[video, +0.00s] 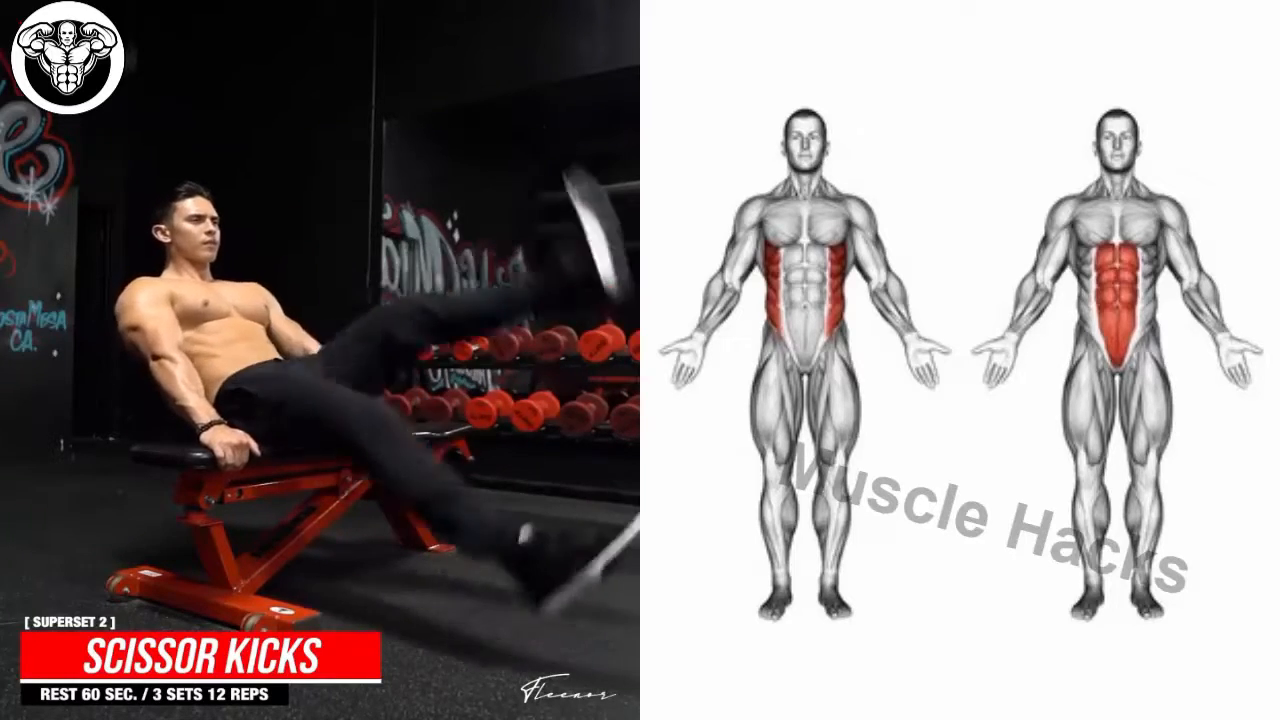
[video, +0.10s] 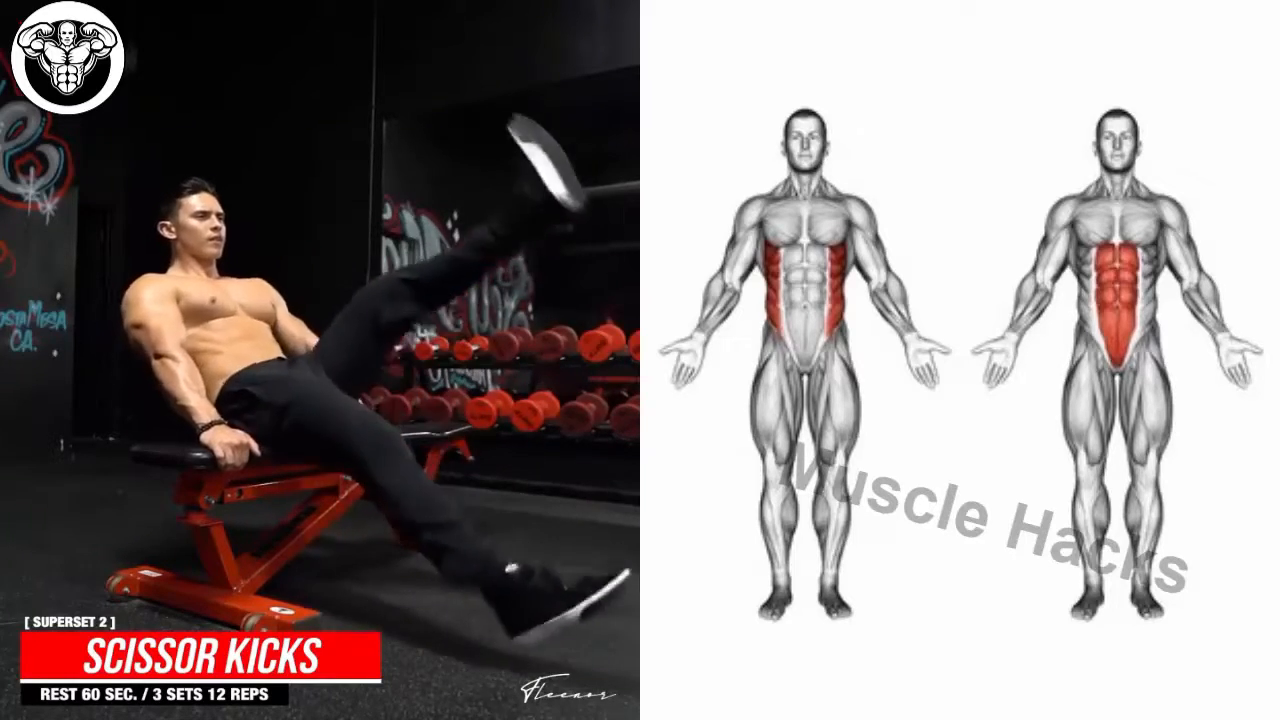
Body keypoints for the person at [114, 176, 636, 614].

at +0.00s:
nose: (209, 229)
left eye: (212, 220)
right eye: (195, 221)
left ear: (216, 230)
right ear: (164, 233)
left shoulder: (252, 295)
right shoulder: (145, 293)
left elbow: (314, 355)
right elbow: (167, 360)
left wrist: (374, 385)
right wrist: (209, 424)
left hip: (301, 379)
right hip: (245, 390)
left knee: (400, 316)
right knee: (370, 419)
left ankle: (559, 286)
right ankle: (521, 552)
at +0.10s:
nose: (215, 227)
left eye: (218, 217)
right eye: (201, 218)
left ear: (221, 226)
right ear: (169, 229)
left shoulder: (256, 289)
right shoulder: (150, 290)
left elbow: (315, 354)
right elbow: (170, 359)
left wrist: (349, 400)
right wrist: (209, 422)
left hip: (305, 377)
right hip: (255, 389)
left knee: (388, 296)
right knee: (377, 442)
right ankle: (507, 589)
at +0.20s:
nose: (223, 223)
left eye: (226, 215)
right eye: (209, 214)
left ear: (229, 225)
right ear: (176, 227)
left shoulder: (261, 287)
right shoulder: (155, 290)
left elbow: (320, 350)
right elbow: (171, 357)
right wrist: (209, 424)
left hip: (305, 375)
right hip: (251, 389)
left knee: (383, 292)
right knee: (375, 412)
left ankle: (527, 217)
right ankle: (514, 549)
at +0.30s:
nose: (226, 226)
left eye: (230, 217)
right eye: (212, 216)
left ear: (233, 226)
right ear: (180, 226)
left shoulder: (263, 287)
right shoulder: (156, 289)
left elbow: (322, 351)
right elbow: (173, 356)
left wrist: (376, 402)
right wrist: (209, 421)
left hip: (306, 378)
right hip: (251, 395)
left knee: (390, 304)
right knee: (365, 373)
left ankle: (548, 293)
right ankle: (535, 446)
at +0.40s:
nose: (227, 228)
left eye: (230, 219)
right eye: (213, 218)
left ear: (232, 228)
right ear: (180, 228)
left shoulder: (264, 288)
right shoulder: (156, 290)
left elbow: (310, 358)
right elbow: (173, 357)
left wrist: (357, 417)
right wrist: (211, 423)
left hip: (312, 402)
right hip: (251, 400)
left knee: (434, 350)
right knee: (368, 320)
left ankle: (577, 402)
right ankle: (547, 316)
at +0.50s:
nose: (226, 225)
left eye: (229, 217)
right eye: (211, 216)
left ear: (231, 227)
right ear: (178, 227)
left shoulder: (261, 288)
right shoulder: (155, 289)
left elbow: (311, 346)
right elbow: (173, 356)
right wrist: (212, 423)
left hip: (314, 402)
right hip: (252, 398)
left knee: (436, 398)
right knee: (351, 285)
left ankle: (579, 508)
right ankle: (518, 218)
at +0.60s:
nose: (224, 221)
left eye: (226, 213)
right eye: (208, 213)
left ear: (228, 227)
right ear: (174, 226)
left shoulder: (259, 286)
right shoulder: (152, 288)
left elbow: (317, 312)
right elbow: (168, 357)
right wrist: (209, 424)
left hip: (306, 392)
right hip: (248, 381)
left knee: (430, 433)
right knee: (337, 268)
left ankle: (552, 575)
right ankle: (458, 176)